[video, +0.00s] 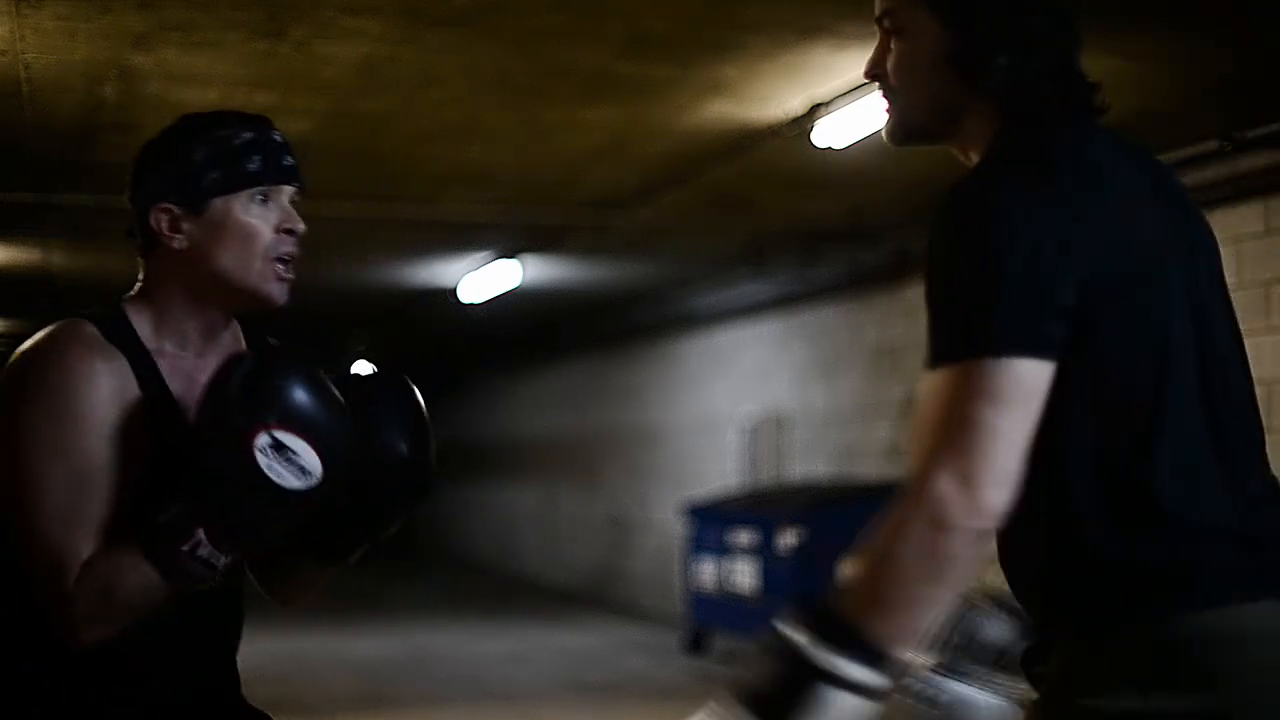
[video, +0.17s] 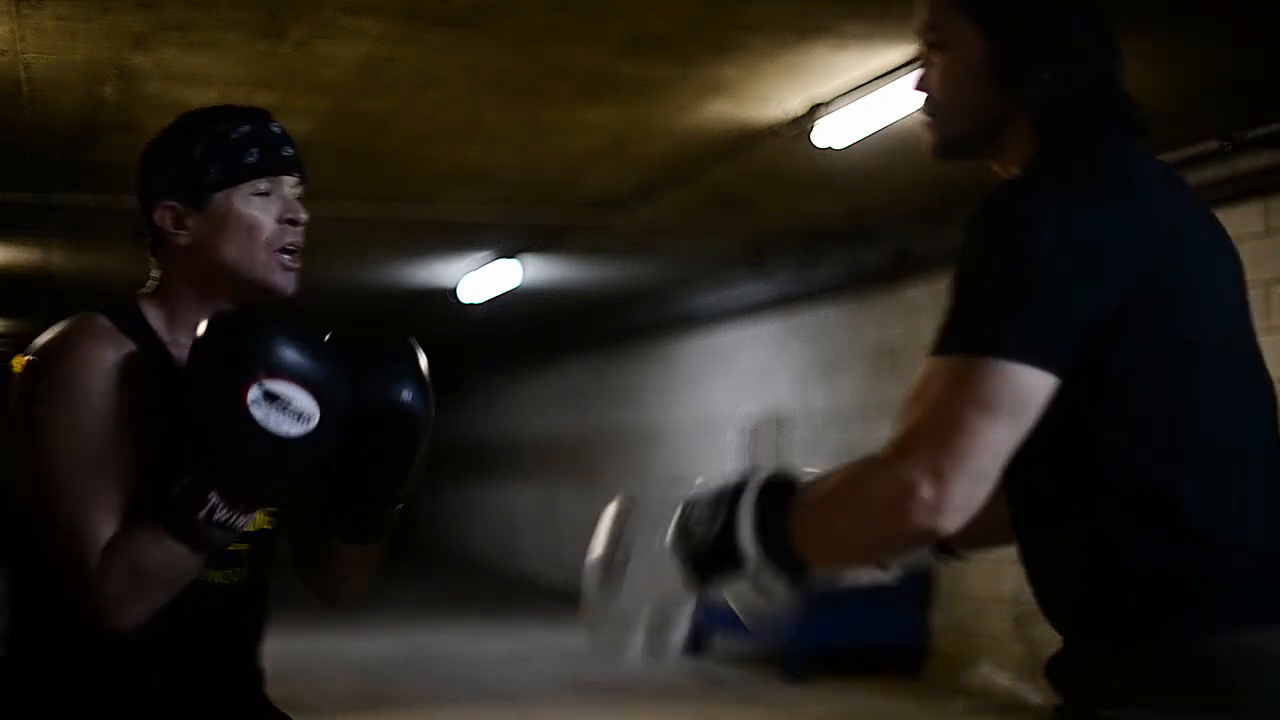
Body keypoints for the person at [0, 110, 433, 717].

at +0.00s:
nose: (294, 224)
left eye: (291, 204)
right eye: (262, 200)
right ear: (174, 226)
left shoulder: (252, 364)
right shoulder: (72, 371)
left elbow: (287, 583)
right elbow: (70, 611)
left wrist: (362, 491)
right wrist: (215, 521)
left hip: (206, 696)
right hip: (80, 712)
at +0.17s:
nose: (297, 216)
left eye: (296, 196)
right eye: (264, 194)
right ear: (178, 222)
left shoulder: (265, 357)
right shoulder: (80, 362)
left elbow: (332, 583)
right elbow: (108, 599)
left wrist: (377, 466)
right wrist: (228, 477)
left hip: (229, 699)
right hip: (95, 713)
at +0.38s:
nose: (390, 228)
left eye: (388, 208)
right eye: (358, 204)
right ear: (270, 227)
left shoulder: (324, 368)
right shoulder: (167, 362)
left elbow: (409, 594)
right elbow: (220, 595)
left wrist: (452, 451)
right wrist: (325, 465)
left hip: (269, 695)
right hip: (136, 701)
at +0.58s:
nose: (391, 260)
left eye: (388, 234)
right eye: (367, 232)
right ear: (275, 245)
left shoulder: (289, 377)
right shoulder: (173, 376)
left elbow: (397, 581)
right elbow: (291, 596)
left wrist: (456, 429)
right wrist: (367, 429)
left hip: (235, 699)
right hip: (121, 708)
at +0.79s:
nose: (337, 289)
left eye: (332, 263)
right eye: (310, 262)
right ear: (219, 275)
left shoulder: (243, 401)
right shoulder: (115, 404)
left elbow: (320, 613)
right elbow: (206, 630)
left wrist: (378, 463)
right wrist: (291, 475)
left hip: (200, 706)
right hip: (96, 712)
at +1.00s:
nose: (271, 305)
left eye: (272, 276)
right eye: (240, 278)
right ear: (152, 289)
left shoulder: (259, 412)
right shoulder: (47, 426)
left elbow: (347, 611)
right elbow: (114, 654)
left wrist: (359, 449)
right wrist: (200, 483)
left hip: (239, 707)